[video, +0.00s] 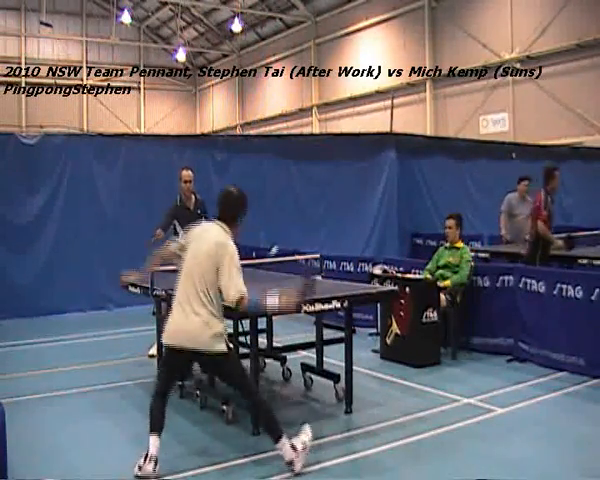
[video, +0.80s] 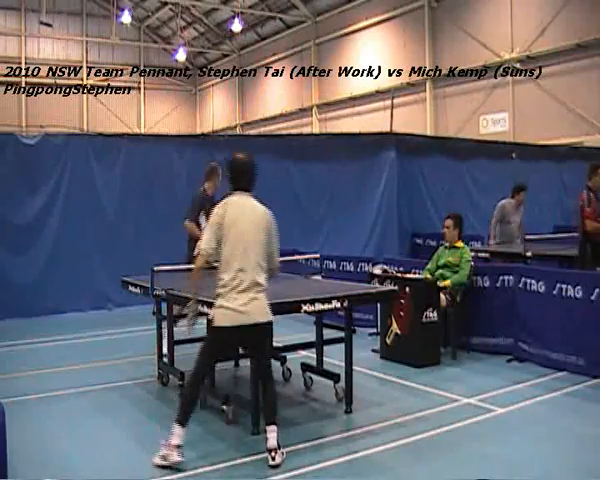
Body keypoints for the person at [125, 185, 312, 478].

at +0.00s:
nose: (243, 221)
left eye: (242, 214)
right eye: (243, 215)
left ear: (218, 209)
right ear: (240, 216)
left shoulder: (197, 230)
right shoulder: (226, 246)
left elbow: (167, 251)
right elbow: (234, 297)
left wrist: (148, 268)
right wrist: (241, 297)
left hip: (175, 335)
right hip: (208, 338)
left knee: (160, 392)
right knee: (248, 391)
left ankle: (151, 457)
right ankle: (289, 451)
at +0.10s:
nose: (210, 213)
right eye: (209, 209)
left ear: (180, 205)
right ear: (204, 209)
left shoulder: (165, 231)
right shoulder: (213, 240)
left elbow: (135, 245)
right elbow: (233, 269)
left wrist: (132, 228)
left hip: (172, 337)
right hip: (207, 337)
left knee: (153, 382)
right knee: (227, 391)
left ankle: (153, 452)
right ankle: (252, 456)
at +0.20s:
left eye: (170, 207)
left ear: (168, 213)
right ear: (193, 213)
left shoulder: (162, 242)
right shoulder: (202, 239)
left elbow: (132, 271)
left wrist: (131, 260)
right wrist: (182, 190)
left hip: (178, 342)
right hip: (210, 341)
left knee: (154, 379)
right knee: (213, 407)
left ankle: (155, 453)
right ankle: (232, 466)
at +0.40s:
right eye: (185, 193)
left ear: (162, 206)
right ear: (187, 204)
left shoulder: (161, 234)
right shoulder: (197, 230)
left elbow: (147, 282)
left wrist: (140, 334)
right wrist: (143, 278)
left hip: (178, 331)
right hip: (211, 327)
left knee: (159, 381)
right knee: (223, 387)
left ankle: (155, 451)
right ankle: (251, 446)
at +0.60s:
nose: (196, 187)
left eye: (193, 182)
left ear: (191, 184)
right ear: (215, 184)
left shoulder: (184, 213)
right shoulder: (230, 211)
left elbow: (168, 259)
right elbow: (236, 255)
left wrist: (167, 306)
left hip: (195, 316)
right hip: (229, 314)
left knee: (171, 376)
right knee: (253, 373)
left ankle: (155, 449)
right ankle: (275, 445)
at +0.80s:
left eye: (229, 176)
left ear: (229, 178)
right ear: (254, 180)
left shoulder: (221, 210)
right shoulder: (265, 214)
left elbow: (205, 251)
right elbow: (273, 265)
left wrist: (194, 282)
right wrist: (254, 277)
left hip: (225, 321)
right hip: (259, 319)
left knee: (198, 373)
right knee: (264, 375)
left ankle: (174, 443)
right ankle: (273, 446)